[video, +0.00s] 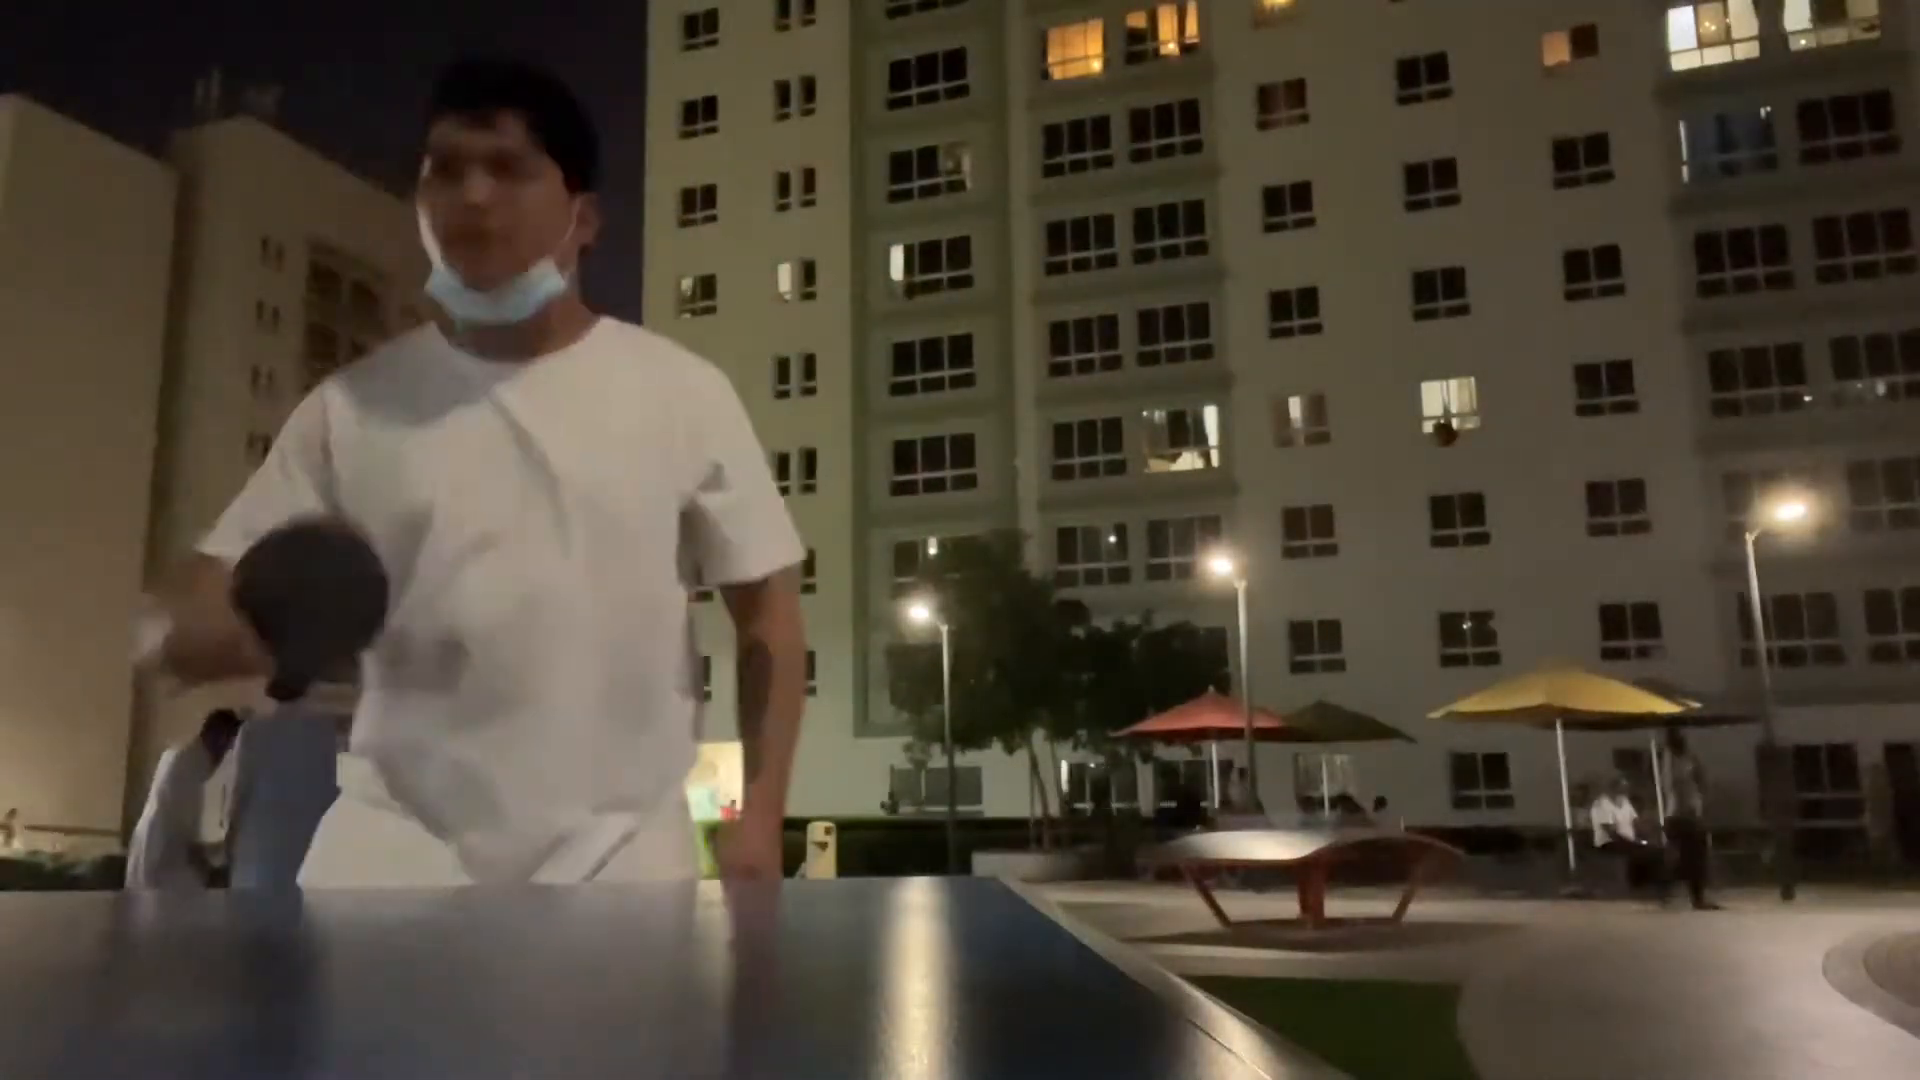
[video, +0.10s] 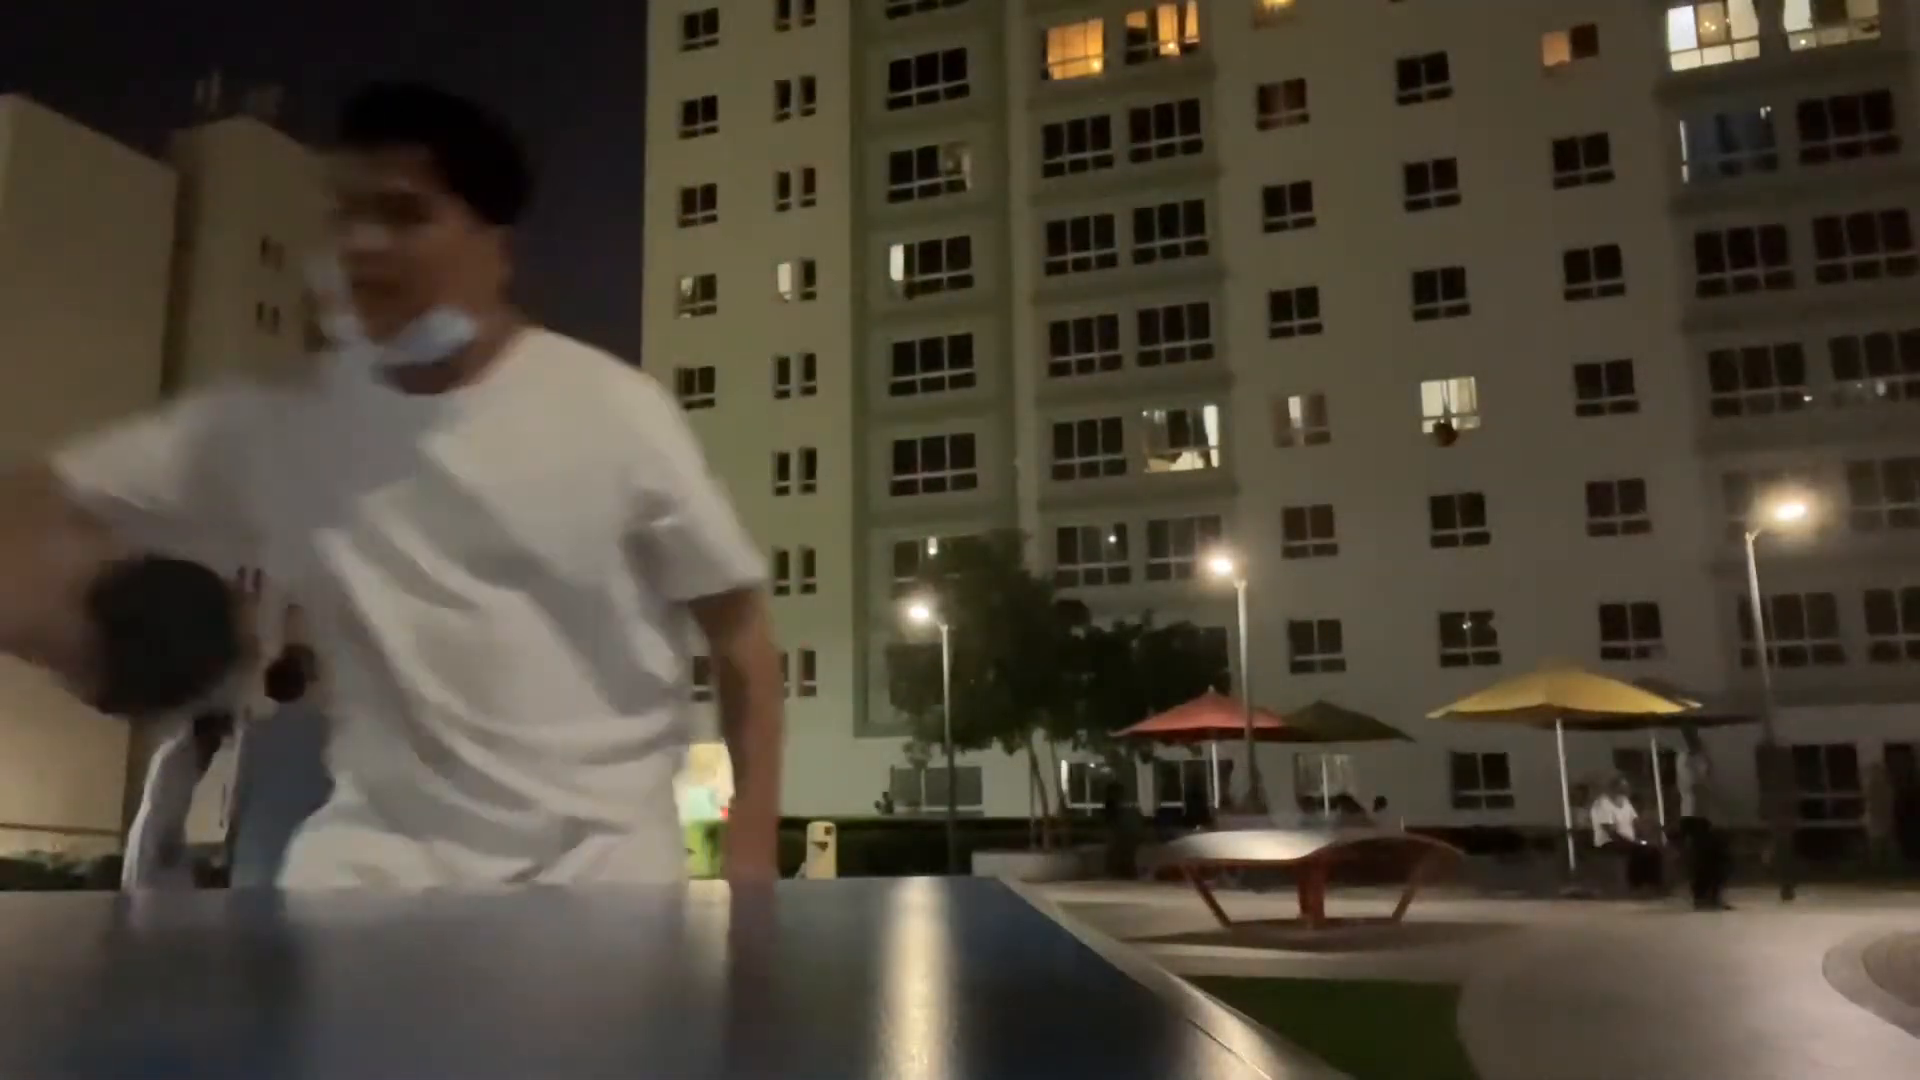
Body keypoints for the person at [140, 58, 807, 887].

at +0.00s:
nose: (466, 196)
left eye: (503, 168)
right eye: (443, 169)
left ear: (580, 219)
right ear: (417, 204)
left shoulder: (679, 398)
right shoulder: (350, 411)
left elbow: (770, 619)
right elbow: (186, 629)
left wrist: (760, 815)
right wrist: (272, 629)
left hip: (616, 860)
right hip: (394, 852)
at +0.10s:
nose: (363, 247)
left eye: (403, 215)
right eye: (349, 215)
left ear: (495, 242)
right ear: (326, 232)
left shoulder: (616, 414)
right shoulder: (284, 426)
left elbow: (741, 623)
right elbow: (45, 496)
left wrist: (754, 849)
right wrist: (73, 599)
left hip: (594, 866)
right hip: (374, 862)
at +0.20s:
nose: (191, 191)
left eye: (236, 162)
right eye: (169, 159)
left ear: (337, 201)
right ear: (143, 183)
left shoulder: (458, 387)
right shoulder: (95, 387)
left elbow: (608, 610)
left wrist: (651, 803)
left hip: (480, 859)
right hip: (240, 872)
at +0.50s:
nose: (267, 150)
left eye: (307, 126)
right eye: (237, 124)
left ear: (382, 174)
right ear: (199, 161)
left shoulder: (481, 380)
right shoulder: (106, 376)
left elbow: (590, 592)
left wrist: (609, 783)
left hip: (429, 892)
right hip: (177, 891)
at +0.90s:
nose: (127, 145)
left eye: (175, 118)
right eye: (103, 111)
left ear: (270, 169)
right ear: (72, 142)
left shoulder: (389, 364)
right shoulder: (22, 363)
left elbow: (527, 597)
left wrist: (533, 791)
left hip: (373, 882)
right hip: (121, 885)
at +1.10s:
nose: (267, 114)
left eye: (308, 91)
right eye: (232, 81)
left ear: (363, 147)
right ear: (173, 112)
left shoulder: (443, 347)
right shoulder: (49, 340)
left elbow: (562, 583)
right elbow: (8, 582)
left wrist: (591, 798)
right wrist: (66, 638)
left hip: (425, 885)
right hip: (144, 890)